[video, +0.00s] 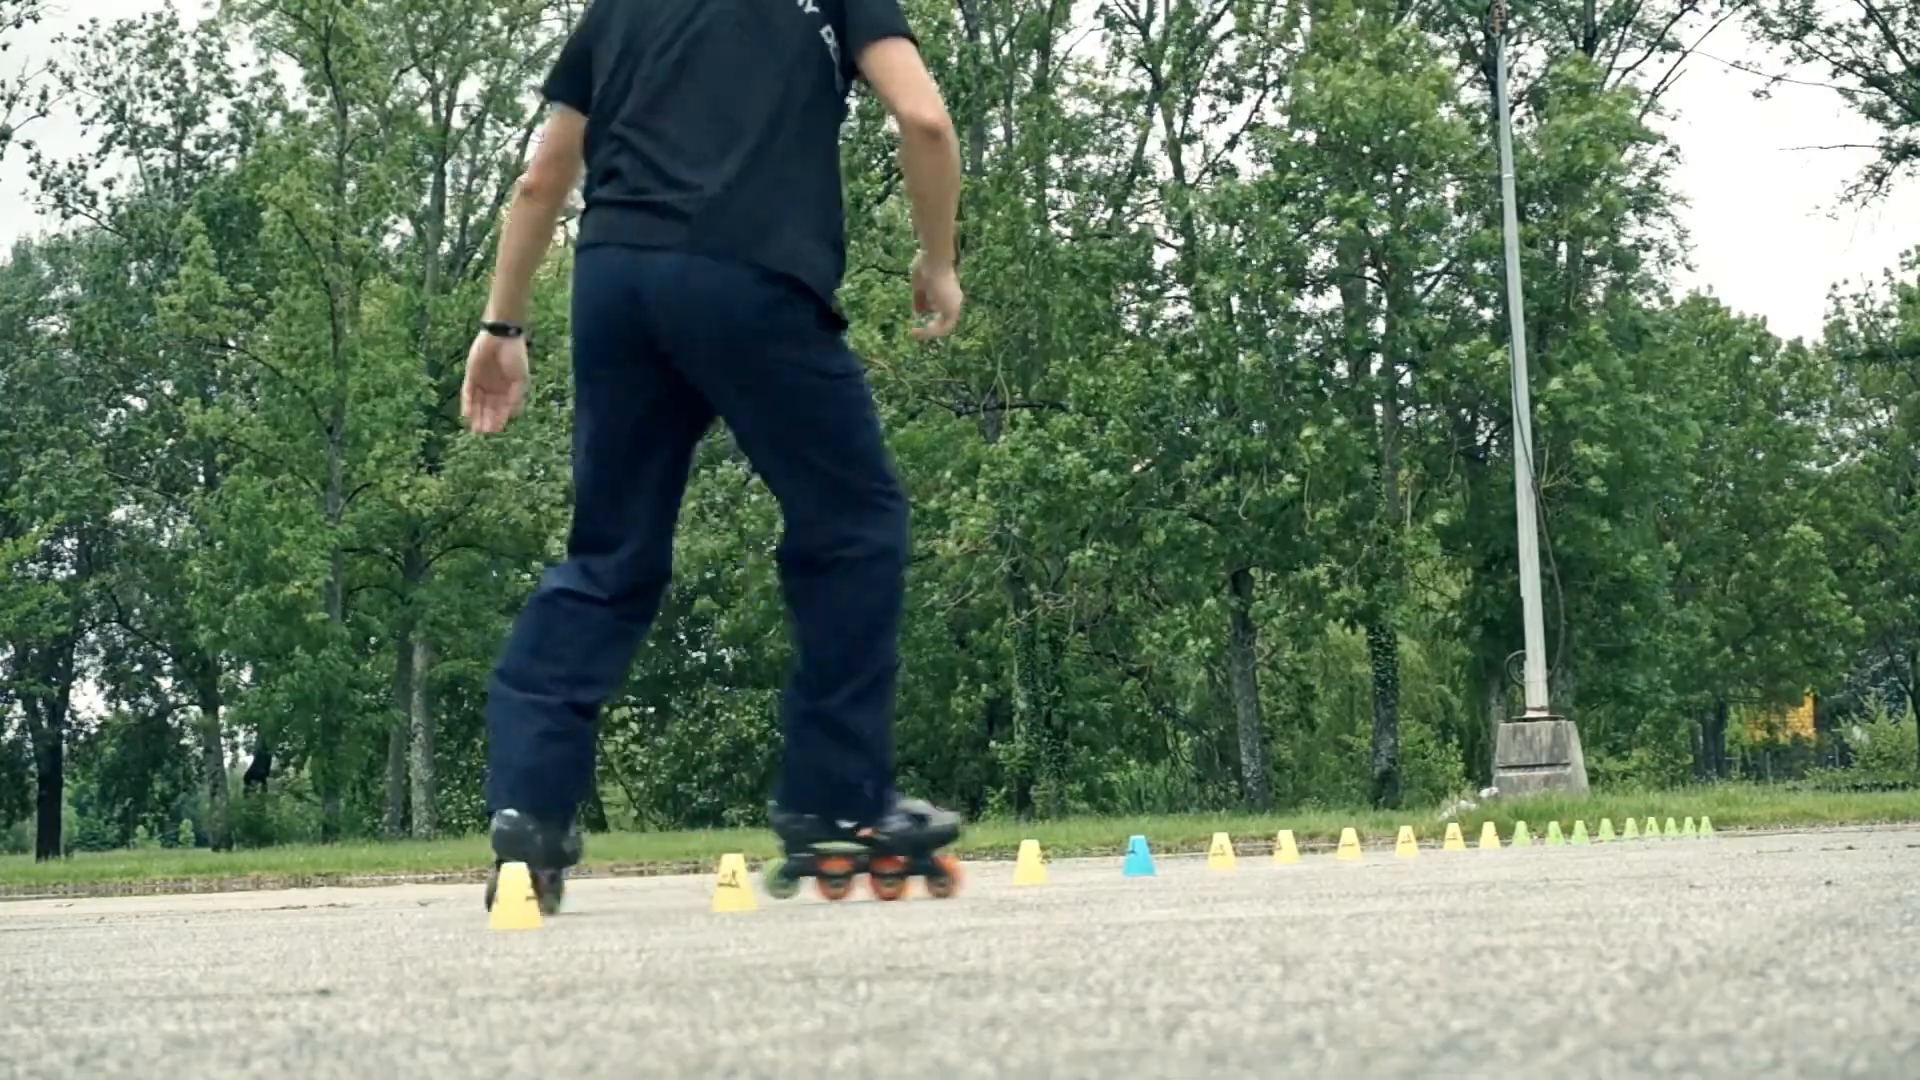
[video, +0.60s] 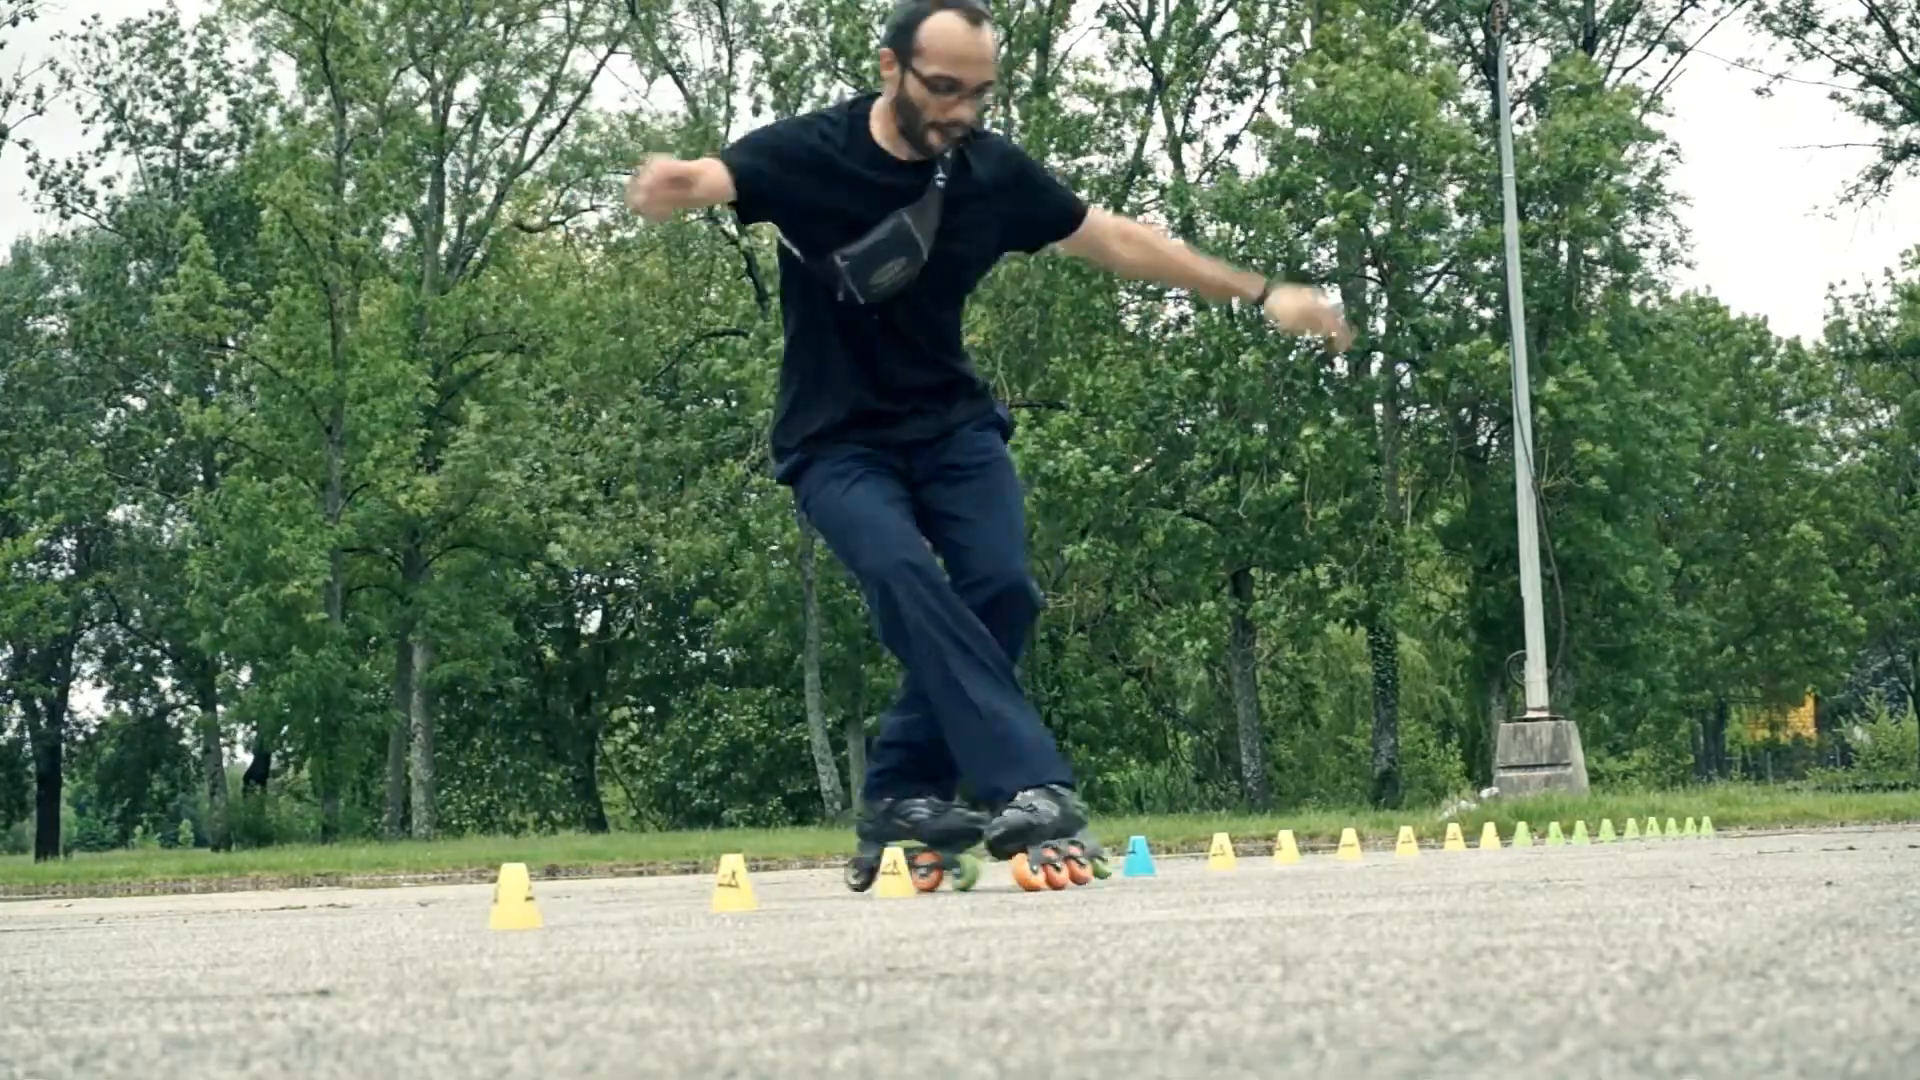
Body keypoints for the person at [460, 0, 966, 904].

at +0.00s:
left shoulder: (615, 9)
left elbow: (542, 175)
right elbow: (925, 115)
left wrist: (502, 320)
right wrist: (939, 258)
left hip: (611, 281)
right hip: (751, 281)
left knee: (608, 555)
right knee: (854, 524)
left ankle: (529, 804)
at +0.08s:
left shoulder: (666, 21)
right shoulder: (852, 3)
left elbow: (575, 193)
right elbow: (925, 117)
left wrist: (509, 329)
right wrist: (969, 267)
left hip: (632, 315)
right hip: (751, 314)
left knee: (658, 574)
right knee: (912, 522)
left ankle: (586, 817)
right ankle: (924, 797)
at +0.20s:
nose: (951, 10)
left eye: (952, 6)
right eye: (948, 1)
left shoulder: (752, 39)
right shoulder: (882, 7)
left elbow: (649, 195)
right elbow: (931, 120)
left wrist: (565, 332)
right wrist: (1030, 262)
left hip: (699, 349)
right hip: (772, 350)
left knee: (789, 582)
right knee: (947, 520)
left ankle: (715, 806)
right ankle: (986, 789)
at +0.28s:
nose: (997, 28)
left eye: (1003, 15)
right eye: (998, 8)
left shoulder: (815, 55)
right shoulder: (890, 32)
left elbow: (708, 223)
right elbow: (935, 135)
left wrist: (634, 351)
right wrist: (1060, 259)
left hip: (765, 369)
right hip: (772, 372)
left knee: (876, 572)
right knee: (945, 523)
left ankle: (824, 795)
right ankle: (988, 779)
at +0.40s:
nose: (1043, 66)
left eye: (1051, 47)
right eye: (1038, 39)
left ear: (978, 23)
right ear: (976, 16)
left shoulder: (924, 114)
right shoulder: (876, 83)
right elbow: (892, 161)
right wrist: (1043, 243)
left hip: (885, 397)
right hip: (785, 409)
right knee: (921, 546)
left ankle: (935, 794)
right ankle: (1010, 780)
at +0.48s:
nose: (1033, 89)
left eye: (1044, 71)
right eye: (1023, 63)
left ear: (969, 49)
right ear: (958, 42)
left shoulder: (962, 155)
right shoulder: (861, 110)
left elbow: (951, 290)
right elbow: (808, 175)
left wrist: (1004, 410)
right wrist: (938, 215)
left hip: (923, 413)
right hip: (810, 426)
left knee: (1047, 565)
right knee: (907, 566)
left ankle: (949, 795)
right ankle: (1038, 782)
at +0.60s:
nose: (961, 110)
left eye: (978, 93)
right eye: (942, 88)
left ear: (992, 84)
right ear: (889, 71)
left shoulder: (996, 174)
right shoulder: (810, 152)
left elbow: (1118, 242)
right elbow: (709, 181)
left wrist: (1263, 293)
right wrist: (665, 187)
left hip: (951, 423)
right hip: (834, 434)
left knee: (1003, 586)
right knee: (902, 576)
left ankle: (904, 794)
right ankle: (1026, 788)